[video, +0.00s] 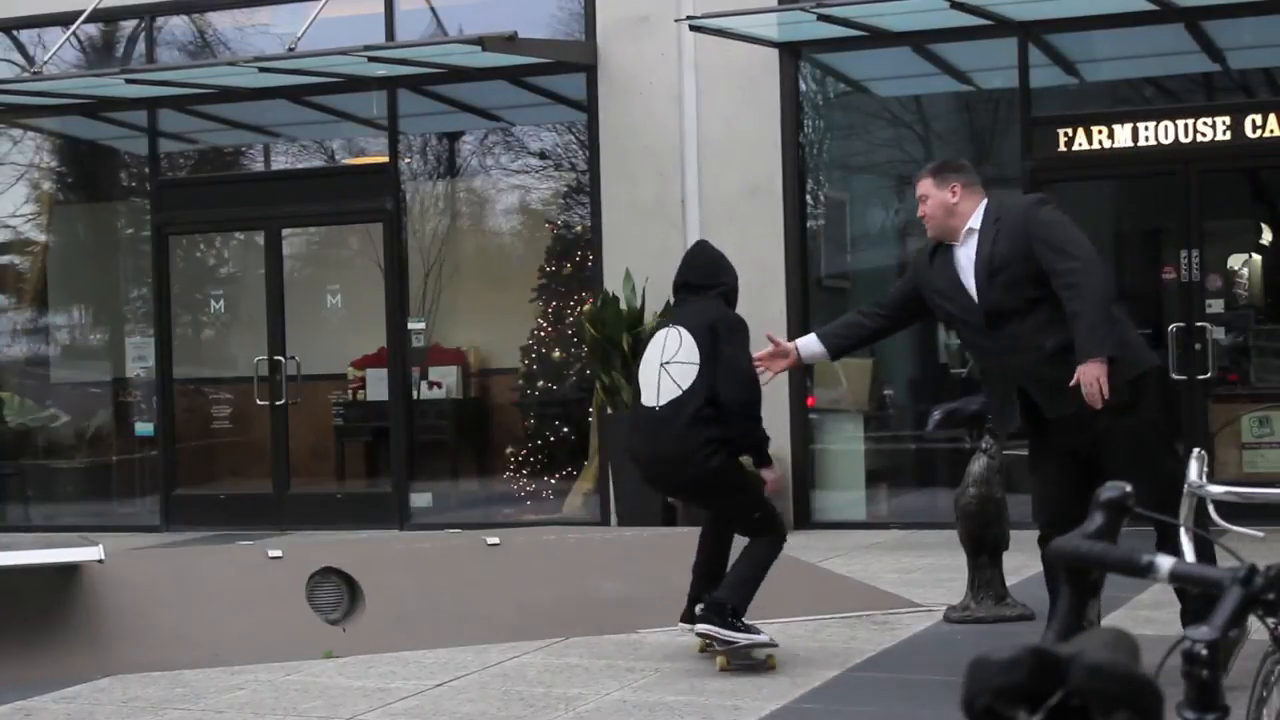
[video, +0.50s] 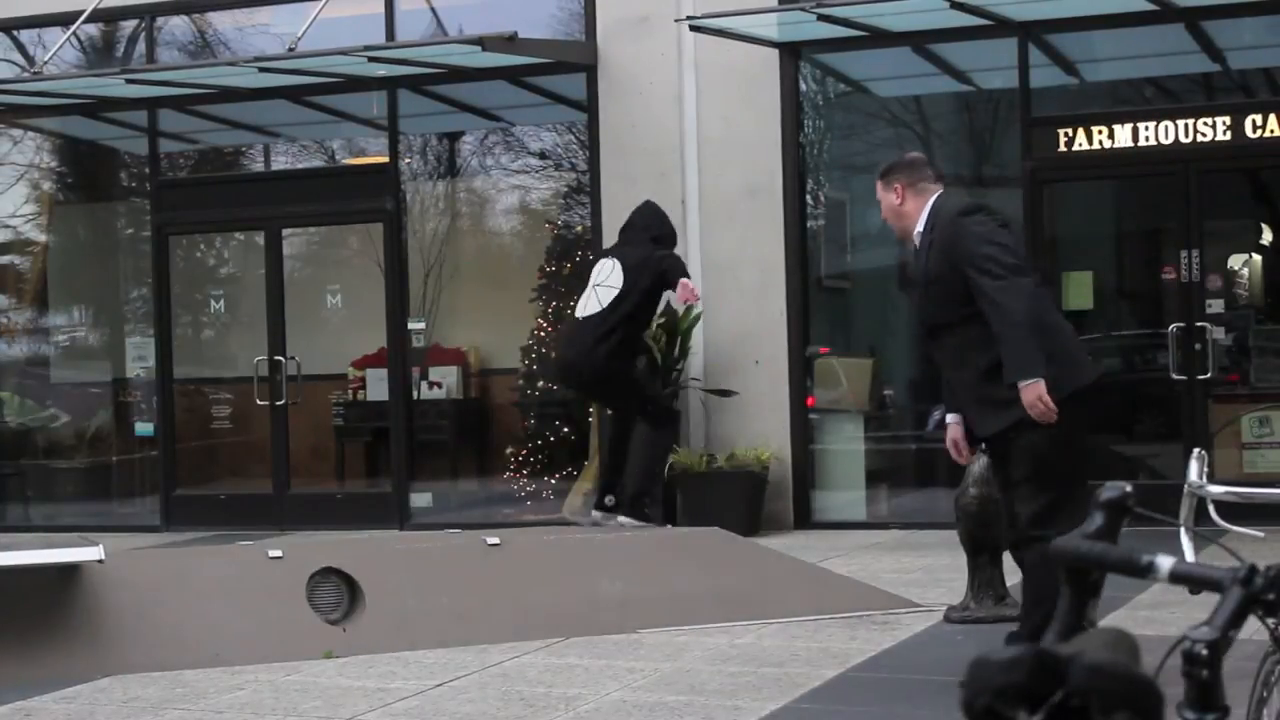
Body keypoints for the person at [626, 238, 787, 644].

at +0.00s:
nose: (733, 289)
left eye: (731, 283)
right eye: (730, 282)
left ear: (684, 283)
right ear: (724, 283)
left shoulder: (665, 324)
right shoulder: (725, 323)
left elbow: (665, 396)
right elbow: (739, 396)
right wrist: (761, 457)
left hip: (650, 455)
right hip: (695, 454)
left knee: (724, 508)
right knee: (770, 531)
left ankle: (700, 605)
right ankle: (723, 610)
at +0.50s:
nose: (669, 242)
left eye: (667, 238)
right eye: (667, 237)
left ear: (630, 230)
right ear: (662, 235)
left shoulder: (608, 256)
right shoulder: (661, 257)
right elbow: (674, 271)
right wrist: (683, 286)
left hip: (568, 360)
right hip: (603, 363)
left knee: (626, 408)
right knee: (663, 417)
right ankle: (636, 508)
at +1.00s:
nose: (649, 285)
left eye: (651, 280)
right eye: (649, 279)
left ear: (622, 264)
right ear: (643, 272)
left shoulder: (595, 285)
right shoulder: (631, 293)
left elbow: (614, 347)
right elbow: (615, 316)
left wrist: (638, 383)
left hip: (563, 378)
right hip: (596, 381)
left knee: (568, 454)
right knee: (611, 450)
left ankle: (568, 525)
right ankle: (625, 515)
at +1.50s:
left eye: (561, 278)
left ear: (563, 280)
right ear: (596, 277)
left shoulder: (556, 312)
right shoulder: (615, 309)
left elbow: (523, 339)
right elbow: (638, 341)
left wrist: (554, 344)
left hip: (576, 398)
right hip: (613, 395)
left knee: (582, 459)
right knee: (620, 451)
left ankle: (590, 515)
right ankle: (621, 495)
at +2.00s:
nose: (535, 282)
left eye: (538, 277)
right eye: (536, 276)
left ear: (549, 281)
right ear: (566, 280)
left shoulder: (550, 312)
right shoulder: (575, 311)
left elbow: (522, 338)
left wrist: (538, 316)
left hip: (555, 396)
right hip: (572, 392)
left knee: (564, 461)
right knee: (541, 457)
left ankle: (593, 520)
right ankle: (529, 514)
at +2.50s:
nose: (531, 286)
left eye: (537, 283)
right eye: (527, 280)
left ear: (543, 288)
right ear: (517, 282)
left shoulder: (551, 317)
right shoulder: (496, 315)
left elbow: (571, 353)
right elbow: (481, 357)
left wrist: (584, 386)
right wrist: (482, 396)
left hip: (542, 400)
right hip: (508, 401)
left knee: (538, 463)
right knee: (517, 464)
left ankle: (536, 525)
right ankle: (520, 521)